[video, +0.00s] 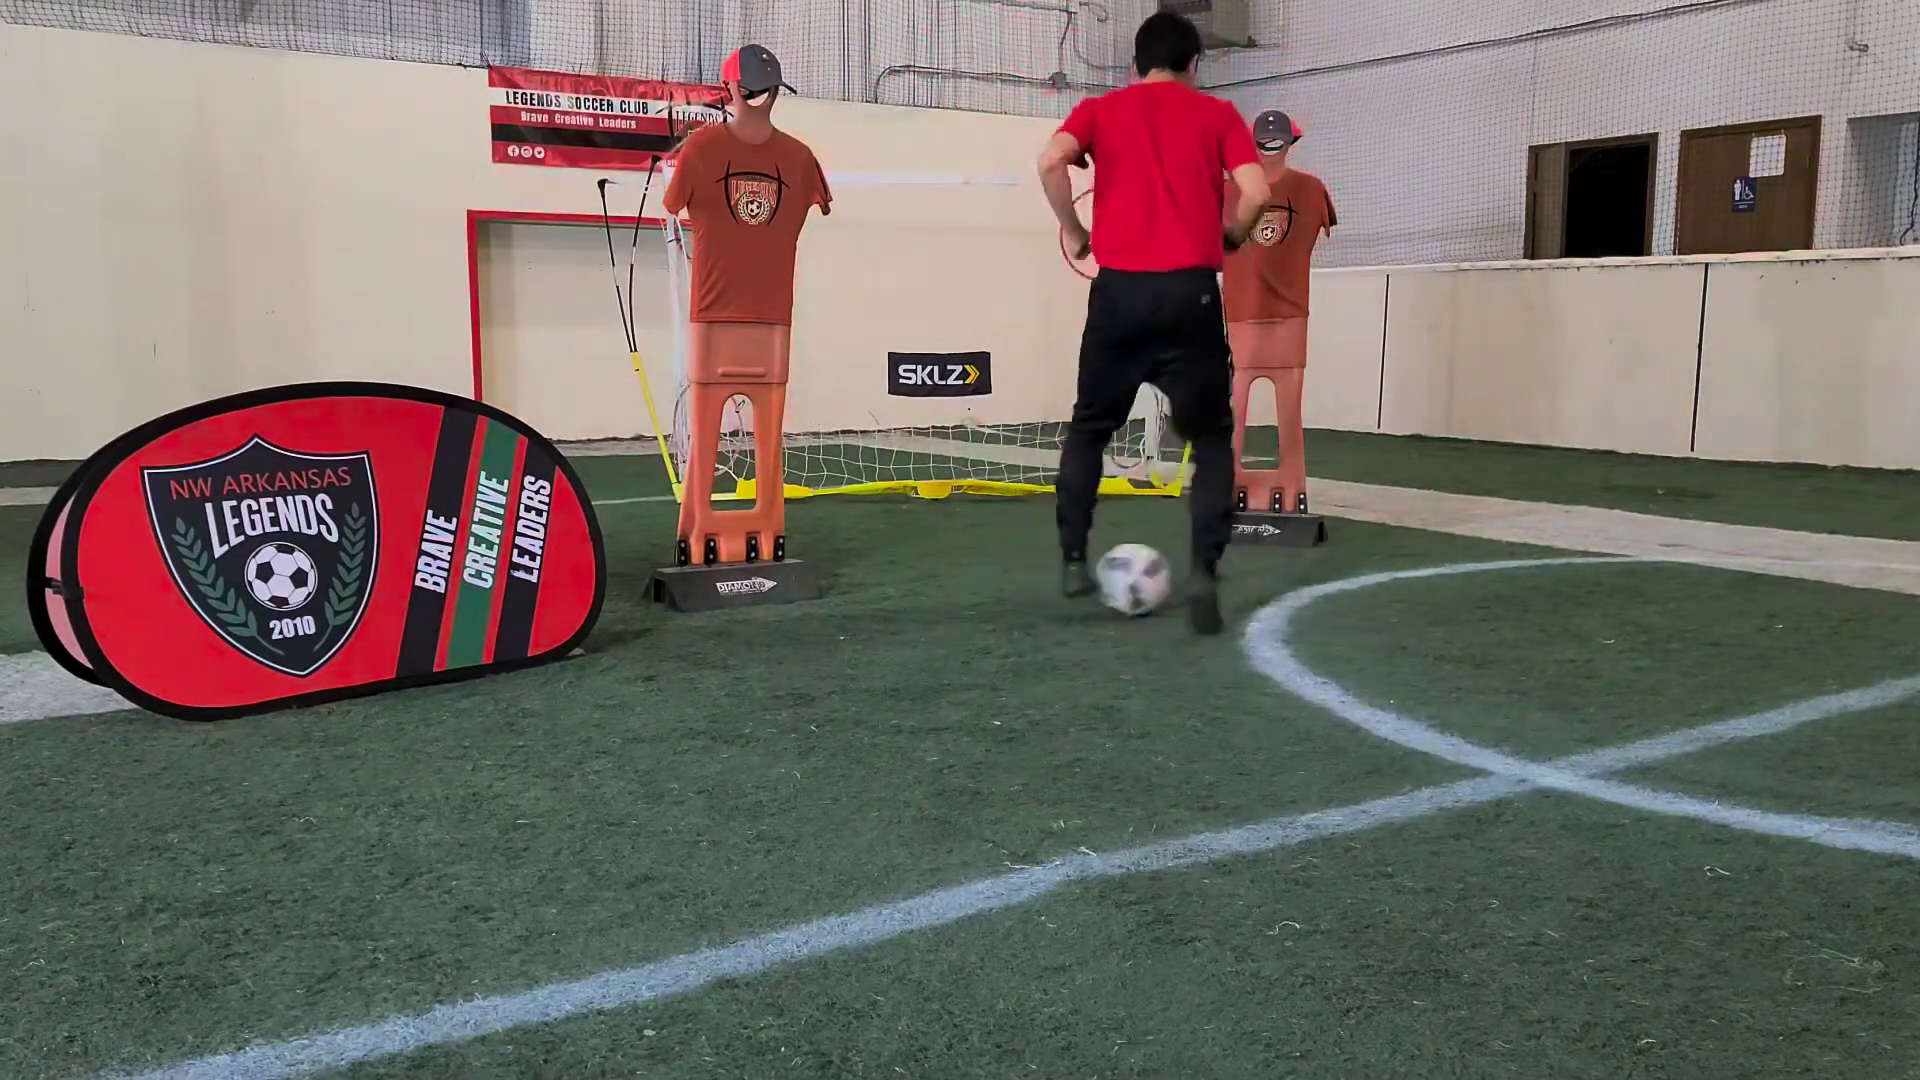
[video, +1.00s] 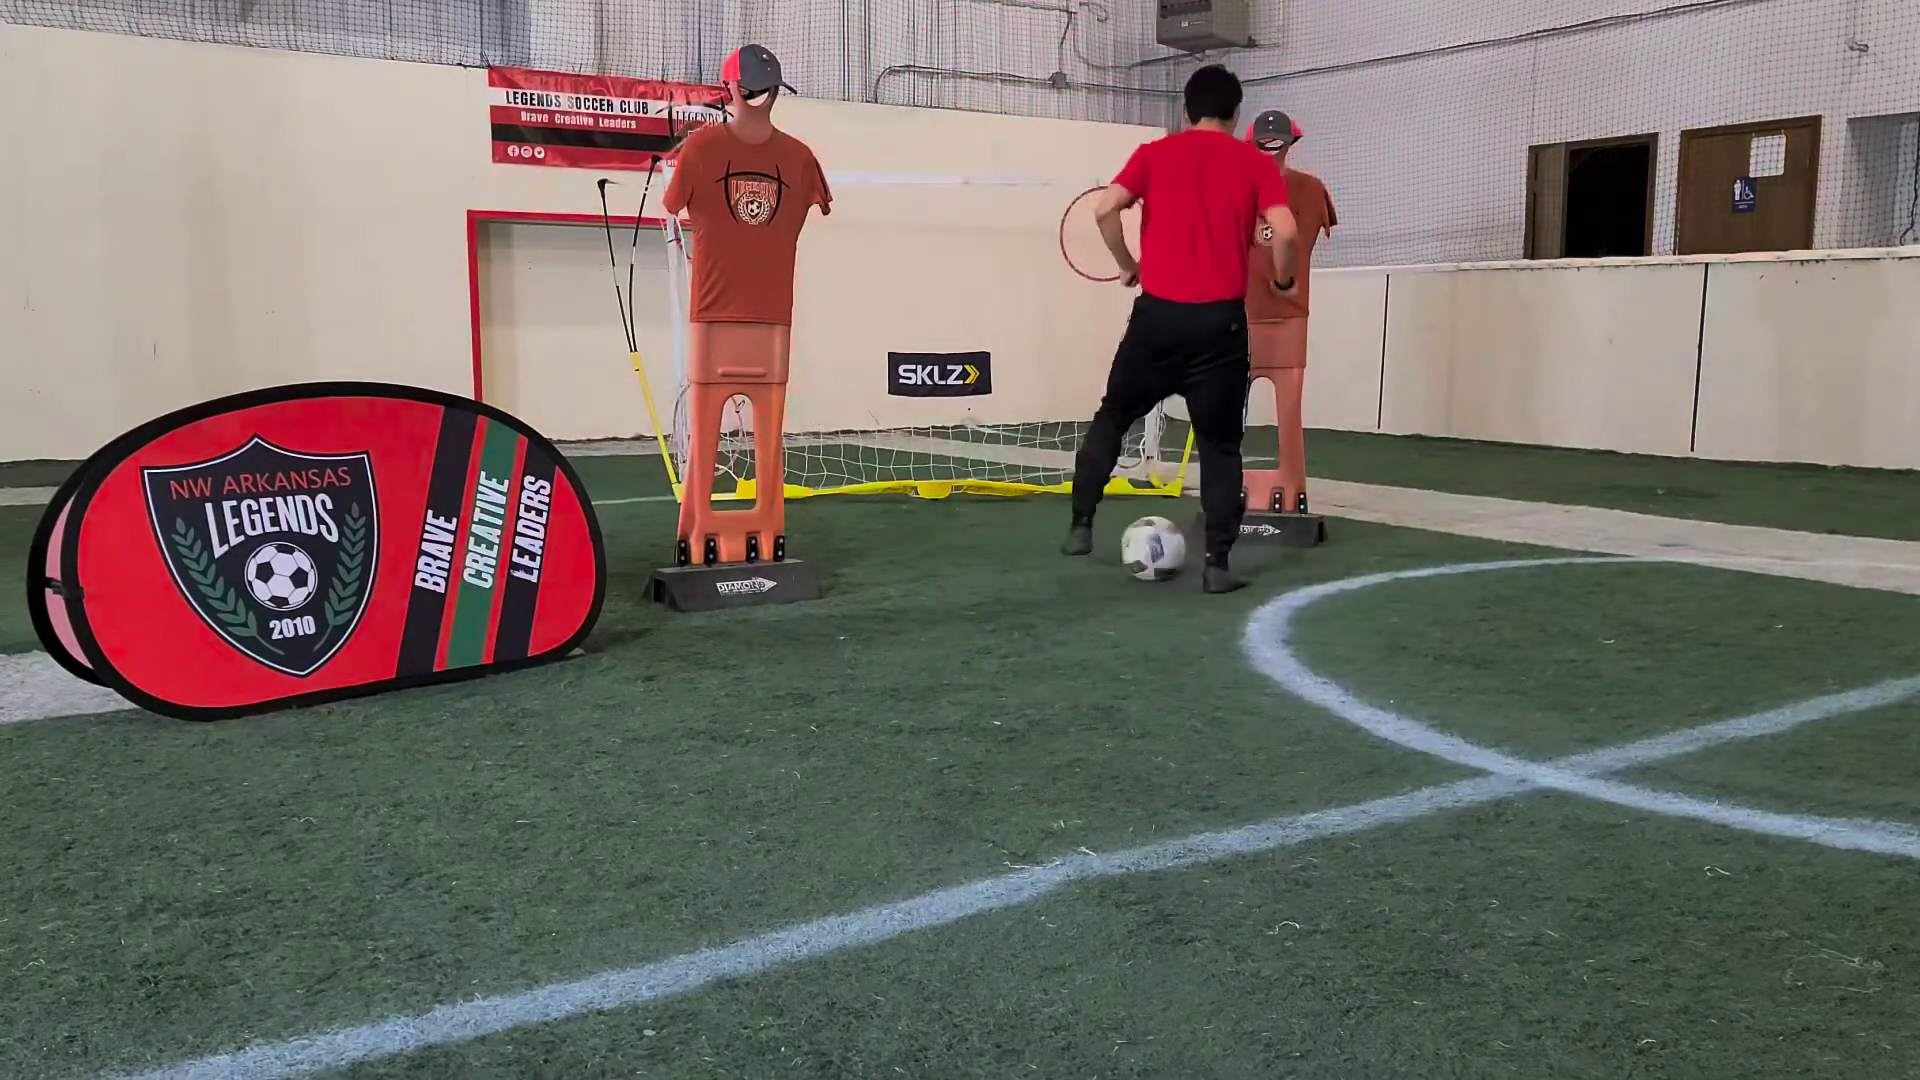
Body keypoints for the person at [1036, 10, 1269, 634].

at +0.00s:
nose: (1195, 72)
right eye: (1198, 64)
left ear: (1135, 65)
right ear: (1193, 65)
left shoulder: (1102, 108)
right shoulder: (1218, 113)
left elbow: (1050, 160)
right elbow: (1255, 193)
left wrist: (1072, 230)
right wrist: (1231, 235)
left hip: (1118, 296)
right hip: (1190, 296)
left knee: (1090, 427)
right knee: (1211, 435)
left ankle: (1073, 558)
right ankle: (1204, 572)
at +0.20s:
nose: (1206, 90)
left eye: (1203, 83)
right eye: (1207, 82)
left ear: (1145, 80)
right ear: (1199, 81)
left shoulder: (1100, 133)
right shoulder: (1207, 128)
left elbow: (1055, 216)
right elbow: (1228, 181)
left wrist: (1110, 240)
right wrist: (1242, 263)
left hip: (1113, 316)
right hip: (1183, 312)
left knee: (1106, 447)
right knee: (1237, 420)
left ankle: (1092, 586)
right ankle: (1254, 544)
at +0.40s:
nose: (1217, 99)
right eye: (1219, 92)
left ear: (1164, 91)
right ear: (1217, 93)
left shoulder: (1130, 139)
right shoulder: (1239, 148)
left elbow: (1077, 199)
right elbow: (1267, 222)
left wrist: (1102, 258)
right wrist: (1255, 271)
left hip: (1135, 317)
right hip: (1204, 319)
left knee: (1095, 423)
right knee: (1211, 450)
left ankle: (1054, 540)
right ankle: (1208, 587)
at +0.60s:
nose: (1207, 91)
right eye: (1209, 84)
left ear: (1155, 84)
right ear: (1207, 85)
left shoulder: (1120, 127)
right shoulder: (1229, 134)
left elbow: (1083, 187)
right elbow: (1267, 209)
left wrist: (1105, 238)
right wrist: (1247, 247)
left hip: (1138, 300)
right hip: (1204, 301)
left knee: (1122, 417)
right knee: (1232, 418)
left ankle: (1106, 541)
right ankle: (1231, 538)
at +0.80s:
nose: (1226, 107)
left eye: (1222, 100)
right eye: (1226, 99)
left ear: (1171, 96)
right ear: (1218, 98)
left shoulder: (1127, 142)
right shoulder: (1225, 141)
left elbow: (1079, 218)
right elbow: (1242, 190)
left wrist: (1129, 250)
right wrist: (1256, 268)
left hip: (1134, 312)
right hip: (1199, 310)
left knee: (1125, 432)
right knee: (1245, 411)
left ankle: (1109, 559)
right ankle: (1260, 527)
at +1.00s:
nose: (1236, 120)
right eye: (1238, 113)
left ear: (1187, 110)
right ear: (1236, 113)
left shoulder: (1156, 152)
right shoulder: (1255, 161)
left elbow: (1106, 208)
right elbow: (1285, 230)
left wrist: (1125, 263)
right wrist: (1283, 278)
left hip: (1157, 319)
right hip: (1220, 321)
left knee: (1113, 416)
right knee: (1219, 443)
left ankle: (1081, 526)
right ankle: (1217, 566)